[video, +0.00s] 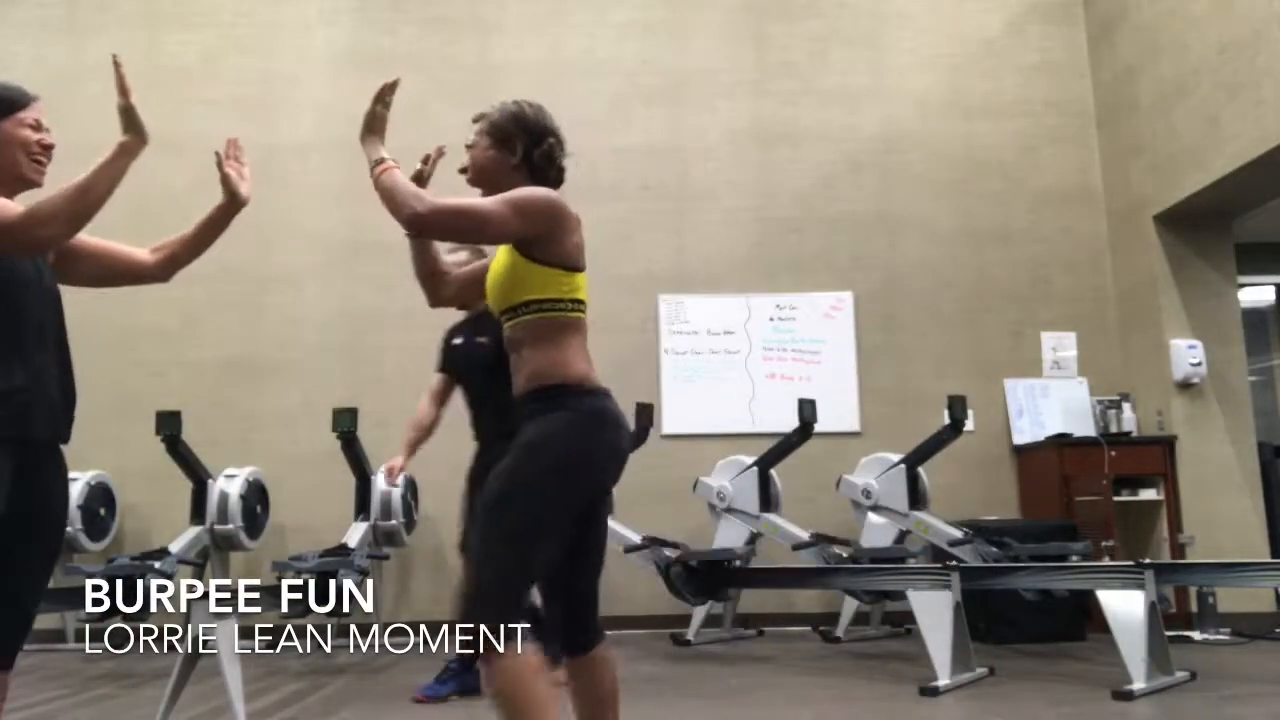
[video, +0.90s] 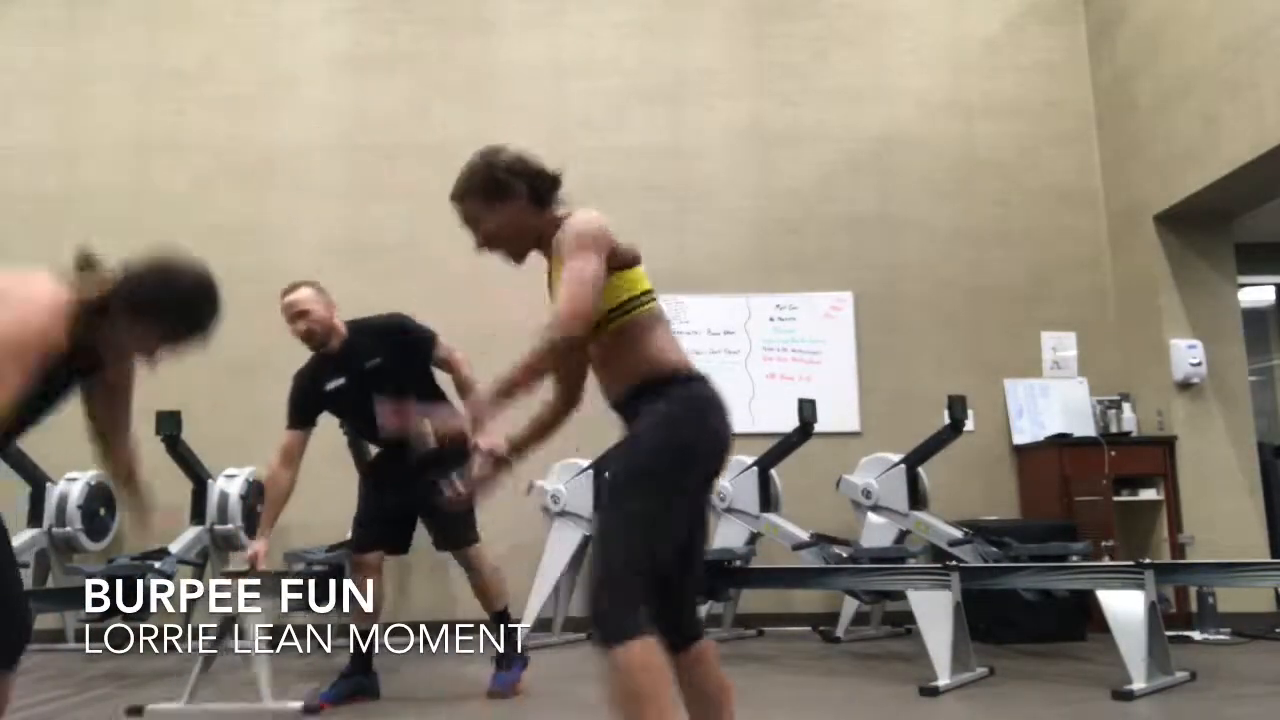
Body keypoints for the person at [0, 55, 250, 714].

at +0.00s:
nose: (47, 140)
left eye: (48, 129)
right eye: (31, 126)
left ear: (37, 142)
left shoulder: (32, 235)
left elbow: (153, 263)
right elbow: (40, 226)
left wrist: (229, 206)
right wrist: (130, 147)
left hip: (38, 458)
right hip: (3, 457)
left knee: (6, 650)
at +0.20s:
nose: (84, 130)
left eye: (82, 120)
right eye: (68, 116)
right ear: (19, 125)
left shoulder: (61, 223)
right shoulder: (4, 184)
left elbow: (185, 263)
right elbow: (95, 219)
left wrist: (253, 199)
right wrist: (186, 143)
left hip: (34, 456)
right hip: (3, 452)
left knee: (5, 647)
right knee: (2, 646)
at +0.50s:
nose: (106, 162)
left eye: (108, 149)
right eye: (95, 145)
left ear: (78, 149)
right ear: (47, 142)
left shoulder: (74, 213)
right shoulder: (11, 192)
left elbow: (189, 198)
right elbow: (101, 133)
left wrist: (264, 137)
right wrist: (181, 47)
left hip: (24, 450)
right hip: (2, 449)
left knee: (7, 609)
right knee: (5, 610)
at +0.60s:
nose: (108, 173)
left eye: (115, 158)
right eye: (102, 153)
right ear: (56, 144)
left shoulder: (60, 219)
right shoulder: (9, 209)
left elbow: (171, 211)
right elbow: (56, 141)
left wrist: (249, 170)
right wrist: (146, 47)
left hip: (21, 457)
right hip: (1, 456)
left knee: (5, 611)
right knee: (4, 612)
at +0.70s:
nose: (104, 218)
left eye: (112, 207)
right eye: (102, 202)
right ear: (62, 176)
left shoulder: (61, 237)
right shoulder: (14, 228)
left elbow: (150, 255)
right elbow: (13, 179)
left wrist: (232, 246)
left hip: (18, 469)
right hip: (3, 468)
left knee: (3, 621)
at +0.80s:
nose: (134, 265)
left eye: (145, 254)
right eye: (137, 246)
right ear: (109, 218)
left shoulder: (78, 268)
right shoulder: (18, 235)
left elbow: (136, 338)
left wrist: (203, 360)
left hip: (2, 462)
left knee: (3, 616)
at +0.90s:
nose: (156, 354)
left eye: (168, 345)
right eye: (164, 339)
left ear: (137, 298)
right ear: (144, 314)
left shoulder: (107, 339)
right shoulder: (38, 323)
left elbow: (114, 436)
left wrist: (140, 517)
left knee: (12, 619)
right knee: (10, 620)